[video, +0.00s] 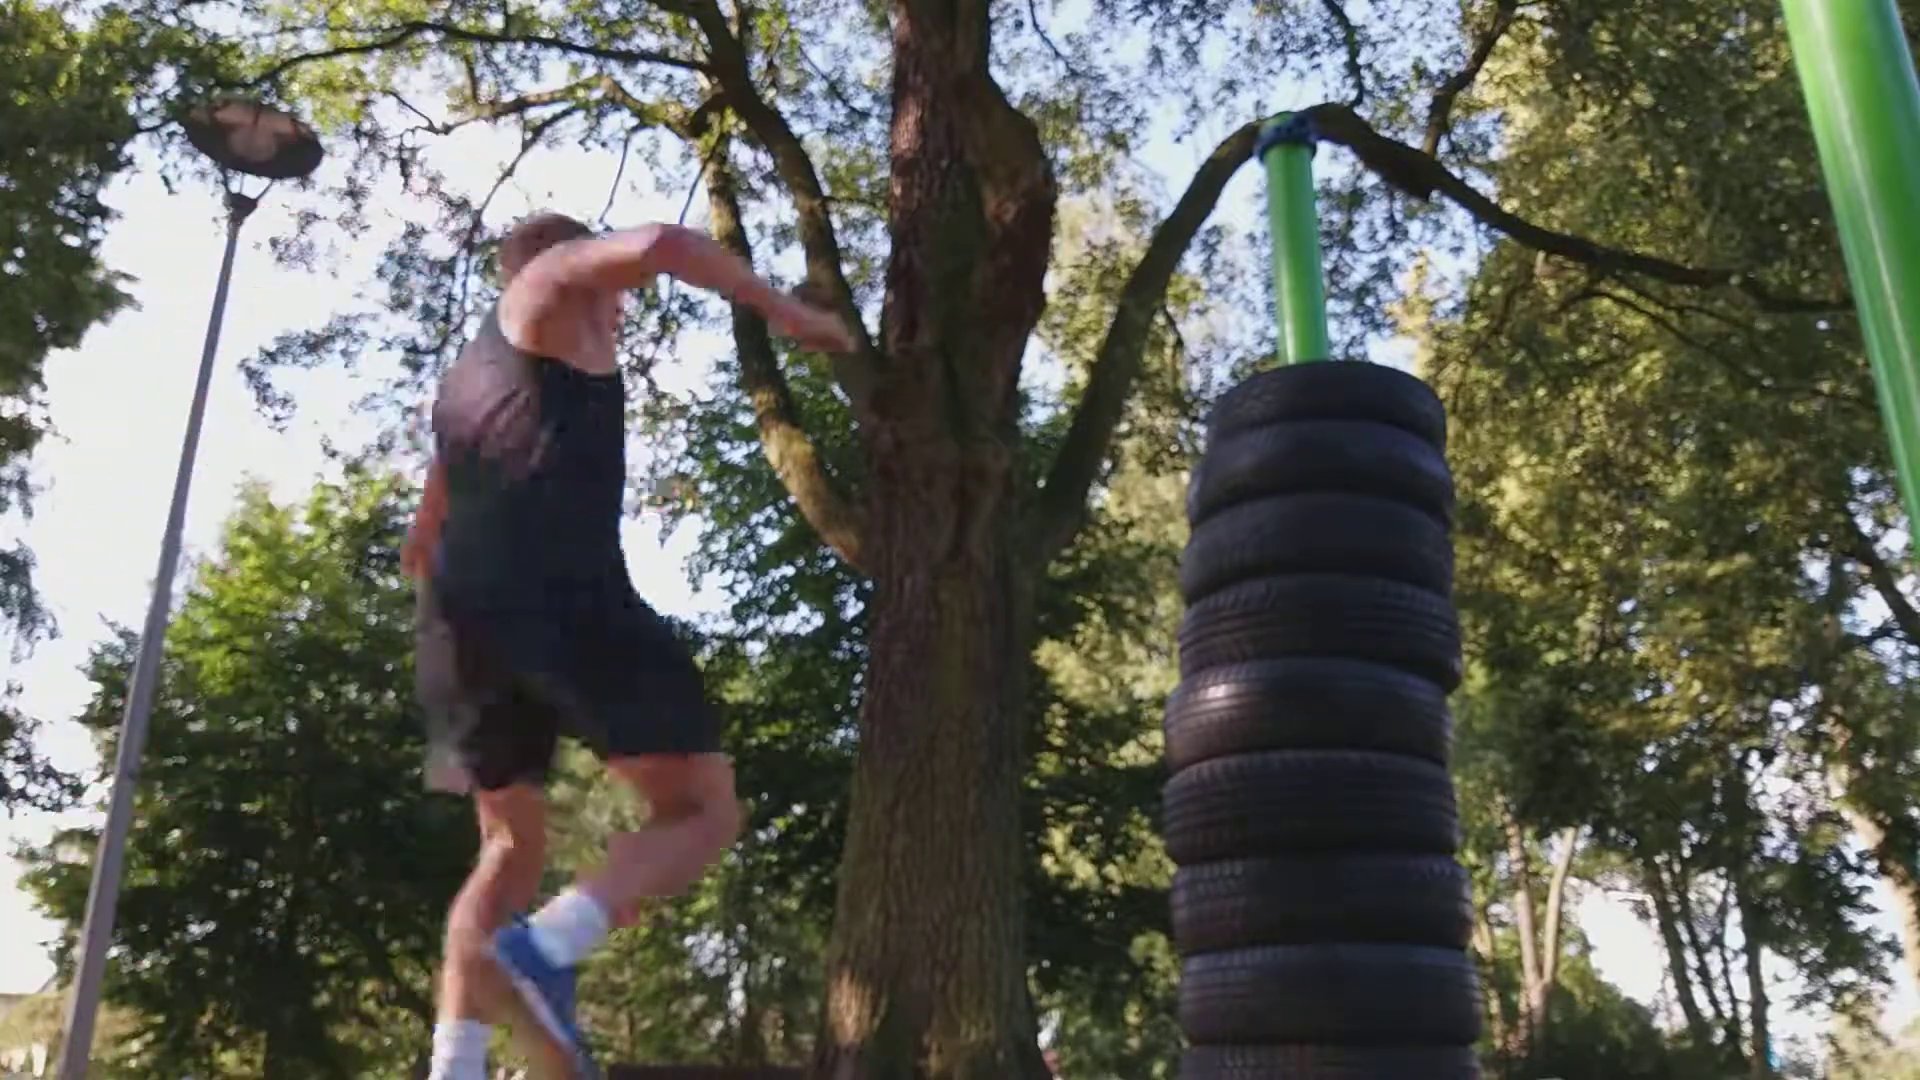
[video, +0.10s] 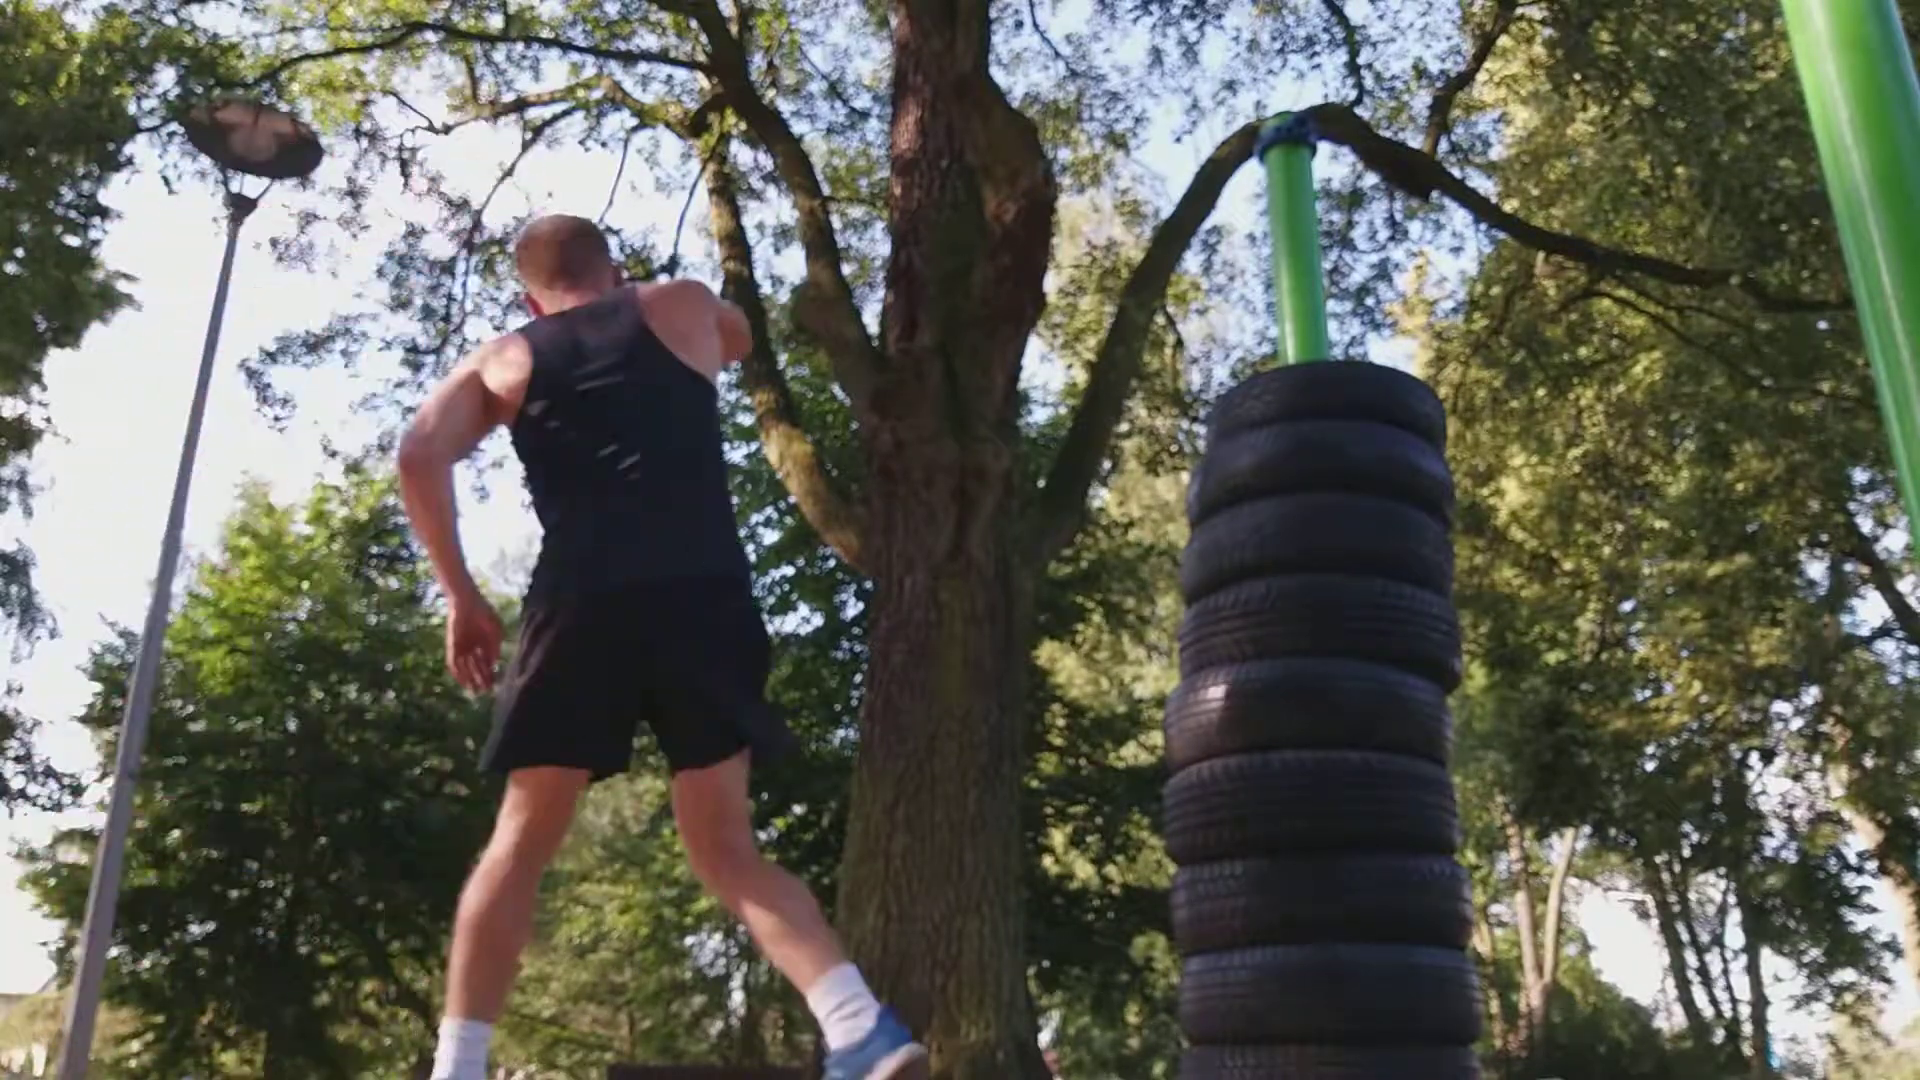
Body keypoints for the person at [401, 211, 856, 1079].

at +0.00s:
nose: (621, 315)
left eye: (620, 301)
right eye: (609, 296)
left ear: (507, 280)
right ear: (564, 270)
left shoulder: (461, 385)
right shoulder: (546, 278)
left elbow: (423, 542)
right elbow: (663, 243)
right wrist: (782, 304)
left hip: (465, 619)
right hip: (569, 602)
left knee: (509, 844)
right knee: (703, 813)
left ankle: (456, 1064)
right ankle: (550, 944)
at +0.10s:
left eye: (525, 295)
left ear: (534, 295)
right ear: (618, 268)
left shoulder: (505, 358)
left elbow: (419, 458)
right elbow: (738, 338)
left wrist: (461, 596)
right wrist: (650, 312)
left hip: (583, 619)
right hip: (711, 610)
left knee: (520, 843)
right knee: (729, 853)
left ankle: (457, 1067)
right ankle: (863, 1030)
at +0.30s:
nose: (683, 301)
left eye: (678, 285)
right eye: (661, 288)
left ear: (667, 293)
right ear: (594, 314)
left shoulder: (719, 345)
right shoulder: (555, 453)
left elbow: (864, 397)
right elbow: (490, 604)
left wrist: (759, 444)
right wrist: (623, 656)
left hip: (844, 518)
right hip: (791, 606)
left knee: (842, 469)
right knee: (813, 813)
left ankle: (1067, 614)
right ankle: (901, 1043)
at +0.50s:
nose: (685, 412)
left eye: (674, 394)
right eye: (655, 413)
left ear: (682, 399)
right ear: (609, 465)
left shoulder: (744, 418)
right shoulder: (651, 615)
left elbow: (821, 356)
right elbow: (713, 747)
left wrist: (919, 423)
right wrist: (844, 767)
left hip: (964, 536)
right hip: (911, 652)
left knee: (1124, 467)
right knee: (911, 840)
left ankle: (1238, 408)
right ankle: (931, 1064)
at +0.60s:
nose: (688, 488)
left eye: (684, 458)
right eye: (654, 483)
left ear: (694, 437)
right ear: (612, 510)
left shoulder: (771, 433)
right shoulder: (668, 638)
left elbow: (873, 355)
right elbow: (754, 748)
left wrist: (1011, 407)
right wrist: (882, 772)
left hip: (994, 532)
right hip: (945, 658)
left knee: (1208, 481)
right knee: (942, 847)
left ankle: (1212, 407)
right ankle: (942, 1068)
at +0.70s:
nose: (690, 403)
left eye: (696, 373)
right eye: (660, 393)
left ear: (716, 354)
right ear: (622, 409)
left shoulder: (800, 368)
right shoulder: (669, 543)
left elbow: (951, 332)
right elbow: (765, 674)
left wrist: (1059, 422)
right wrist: (879, 746)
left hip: (1016, 519)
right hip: (949, 630)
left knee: (1245, 519)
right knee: (949, 836)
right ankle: (945, 1066)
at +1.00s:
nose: (837, 59)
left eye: (859, 36)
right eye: (811, 40)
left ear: (891, 58)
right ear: (768, 71)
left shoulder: (959, 181)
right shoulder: (755, 238)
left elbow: (1033, 344)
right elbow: (709, 405)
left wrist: (851, 370)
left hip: (984, 493)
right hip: (855, 535)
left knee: (1017, 683)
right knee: (820, 834)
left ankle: (1078, 1039)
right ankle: (933, 1060)